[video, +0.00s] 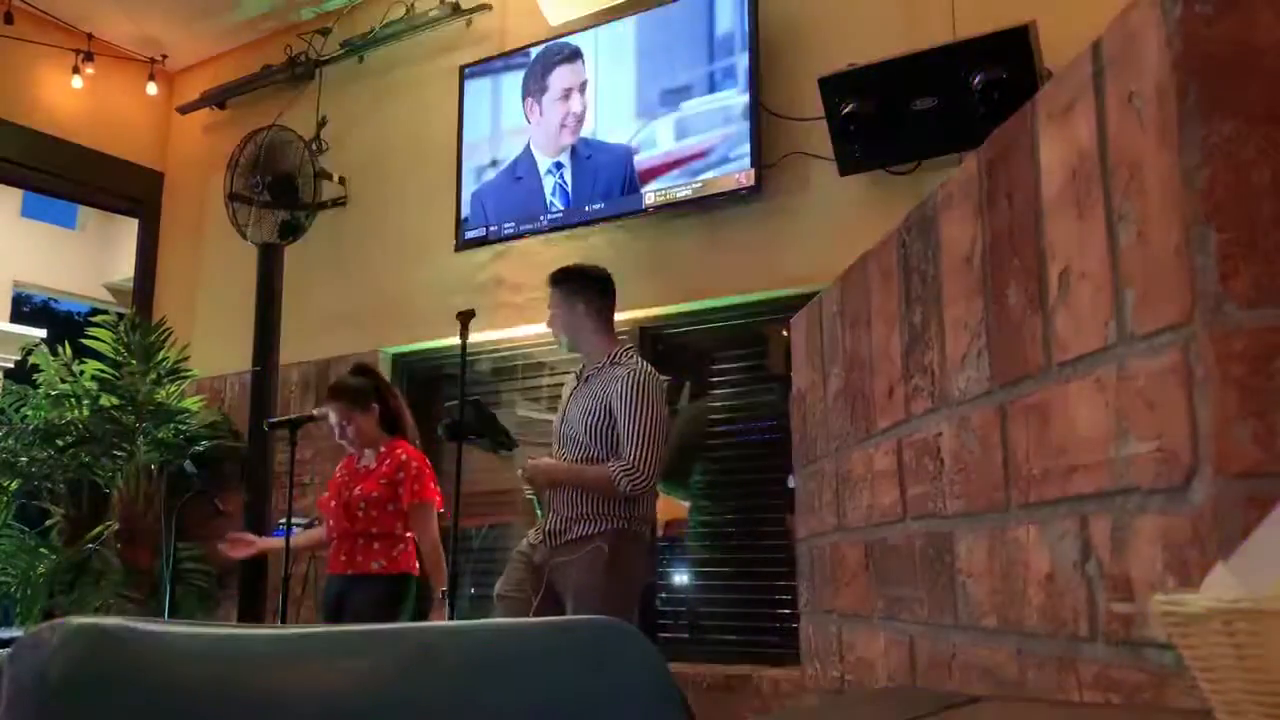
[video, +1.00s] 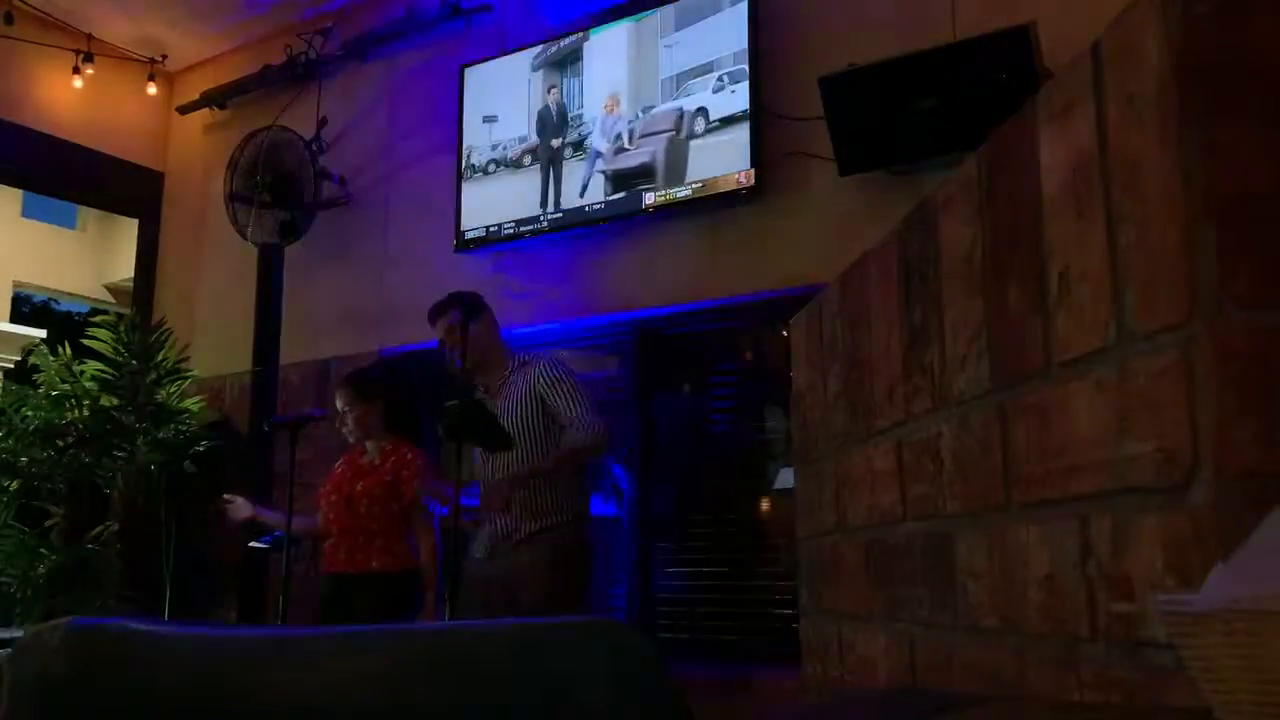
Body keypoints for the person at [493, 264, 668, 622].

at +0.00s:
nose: (548, 321)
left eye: (553, 308)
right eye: (549, 309)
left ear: (581, 309)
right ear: (586, 310)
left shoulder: (634, 377)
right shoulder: (582, 379)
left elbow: (638, 477)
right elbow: (585, 461)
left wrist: (556, 472)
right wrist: (546, 470)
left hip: (604, 544)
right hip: (552, 538)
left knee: (599, 664)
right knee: (507, 645)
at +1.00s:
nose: (450, 345)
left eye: (455, 331)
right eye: (444, 338)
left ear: (487, 325)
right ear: (445, 343)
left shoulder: (542, 372)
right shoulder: (473, 400)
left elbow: (589, 434)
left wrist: (518, 479)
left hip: (551, 541)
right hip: (494, 546)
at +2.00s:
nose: (505, 315)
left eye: (516, 307)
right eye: (495, 310)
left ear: (537, 320)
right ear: (487, 328)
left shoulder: (585, 378)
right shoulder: (484, 404)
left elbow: (631, 445)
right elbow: (473, 480)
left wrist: (582, 468)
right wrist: (495, 495)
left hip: (594, 540)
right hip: (527, 548)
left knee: (598, 647)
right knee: (528, 652)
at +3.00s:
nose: (628, 306)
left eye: (641, 299)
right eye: (629, 298)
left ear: (671, 317)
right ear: (627, 306)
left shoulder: (680, 384)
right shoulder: (624, 387)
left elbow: (677, 480)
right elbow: (620, 469)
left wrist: (596, 494)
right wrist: (577, 486)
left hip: (646, 548)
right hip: (593, 547)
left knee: (642, 675)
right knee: (565, 664)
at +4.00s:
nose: (558, 284)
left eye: (572, 279)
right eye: (550, 278)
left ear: (591, 299)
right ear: (538, 296)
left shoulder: (617, 379)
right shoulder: (502, 379)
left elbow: (644, 470)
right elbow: (491, 461)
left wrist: (589, 498)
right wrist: (475, 459)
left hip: (578, 556)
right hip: (500, 556)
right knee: (480, 668)